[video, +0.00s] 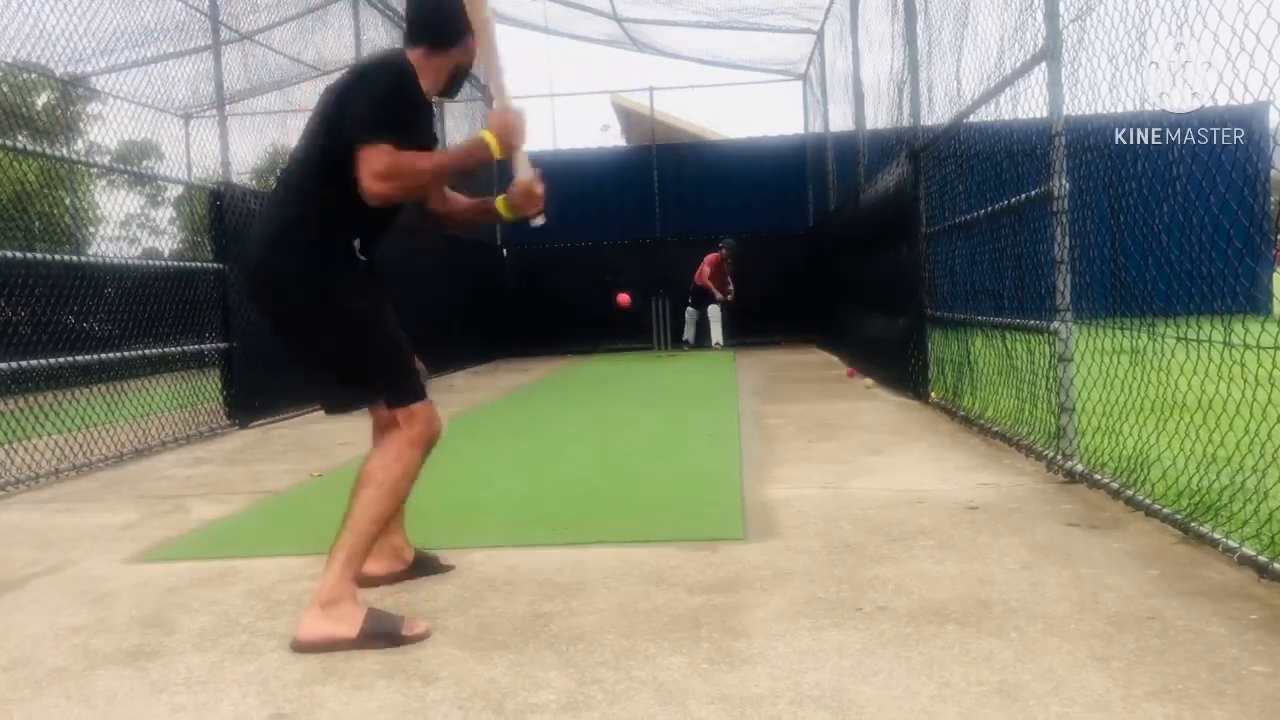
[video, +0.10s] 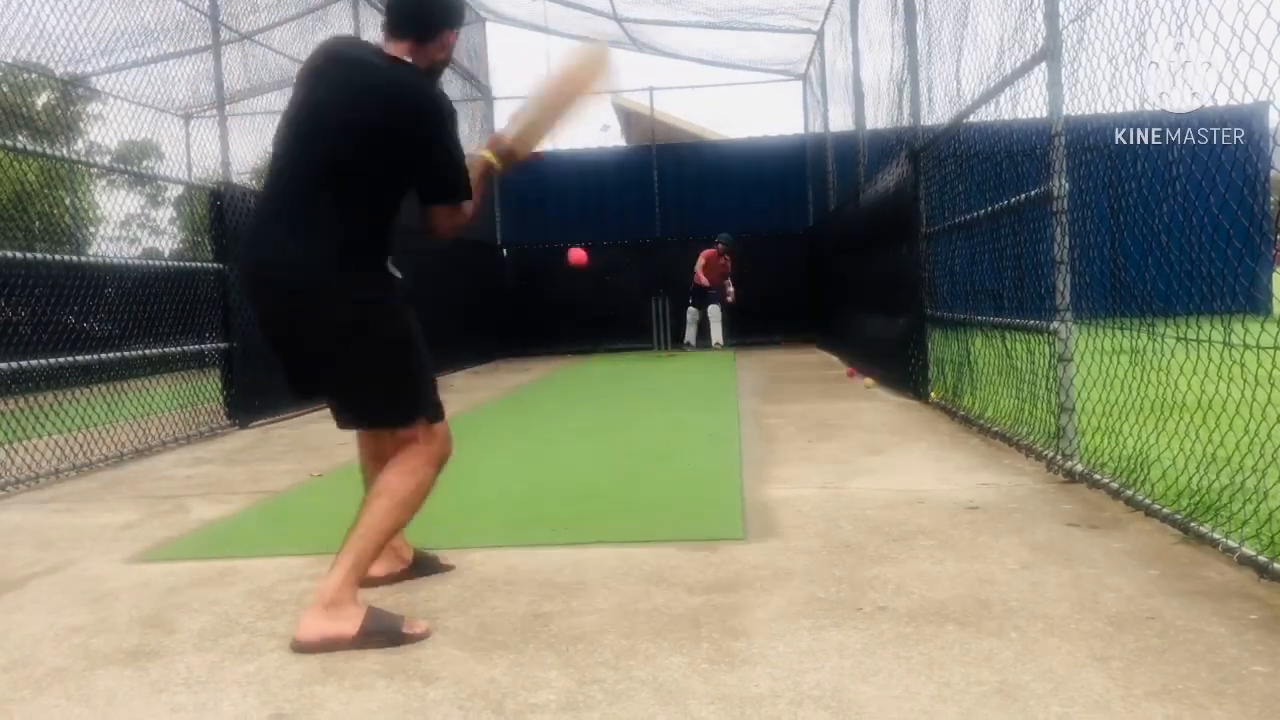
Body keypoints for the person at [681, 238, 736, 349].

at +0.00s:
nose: (725, 253)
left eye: (728, 251)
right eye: (724, 250)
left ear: (730, 252)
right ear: (721, 249)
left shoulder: (726, 263)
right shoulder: (711, 259)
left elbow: (727, 278)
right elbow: (704, 278)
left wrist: (731, 291)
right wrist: (716, 292)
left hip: (714, 290)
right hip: (699, 288)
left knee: (714, 312)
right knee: (691, 313)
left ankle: (717, 342)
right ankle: (688, 341)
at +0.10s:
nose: (722, 247)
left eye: (724, 245)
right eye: (720, 244)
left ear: (727, 247)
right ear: (716, 244)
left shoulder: (726, 261)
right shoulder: (707, 254)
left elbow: (726, 278)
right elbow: (698, 267)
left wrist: (730, 291)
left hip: (713, 288)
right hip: (699, 287)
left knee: (714, 312)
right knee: (693, 312)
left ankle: (717, 342)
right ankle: (689, 342)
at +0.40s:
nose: (708, 240)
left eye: (710, 237)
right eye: (706, 237)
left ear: (714, 239)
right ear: (702, 239)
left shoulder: (717, 254)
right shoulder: (693, 251)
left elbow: (721, 272)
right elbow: (688, 265)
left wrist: (722, 279)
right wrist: (689, 266)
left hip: (711, 287)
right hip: (696, 287)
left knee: (713, 314)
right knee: (692, 316)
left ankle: (717, 342)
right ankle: (692, 343)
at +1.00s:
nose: (695, 244)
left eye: (697, 241)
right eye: (694, 241)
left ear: (701, 242)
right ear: (691, 240)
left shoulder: (702, 254)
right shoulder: (680, 254)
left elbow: (706, 270)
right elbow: (676, 270)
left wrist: (712, 276)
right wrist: (684, 276)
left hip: (701, 286)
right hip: (686, 287)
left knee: (705, 314)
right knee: (688, 315)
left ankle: (709, 342)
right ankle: (691, 343)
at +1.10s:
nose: (702, 246)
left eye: (703, 244)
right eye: (701, 244)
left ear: (702, 244)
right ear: (695, 242)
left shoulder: (701, 255)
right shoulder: (681, 252)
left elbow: (701, 272)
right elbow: (676, 269)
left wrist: (713, 277)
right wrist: (685, 276)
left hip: (700, 287)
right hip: (686, 288)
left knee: (705, 315)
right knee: (688, 317)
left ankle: (709, 342)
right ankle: (691, 343)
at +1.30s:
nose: (734, 269)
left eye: (735, 268)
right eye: (733, 266)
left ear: (735, 267)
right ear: (729, 263)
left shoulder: (727, 272)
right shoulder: (717, 272)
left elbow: (726, 284)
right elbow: (719, 287)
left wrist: (727, 291)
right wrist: (725, 291)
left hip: (716, 290)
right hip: (703, 290)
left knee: (721, 312)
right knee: (698, 313)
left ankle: (721, 341)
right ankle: (691, 336)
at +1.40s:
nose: (733, 262)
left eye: (735, 261)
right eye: (732, 259)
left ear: (735, 260)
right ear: (727, 257)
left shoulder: (729, 268)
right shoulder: (714, 265)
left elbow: (728, 276)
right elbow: (713, 286)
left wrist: (730, 284)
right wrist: (726, 295)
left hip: (717, 289)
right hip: (703, 288)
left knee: (719, 312)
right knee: (696, 313)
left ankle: (721, 342)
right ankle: (691, 334)